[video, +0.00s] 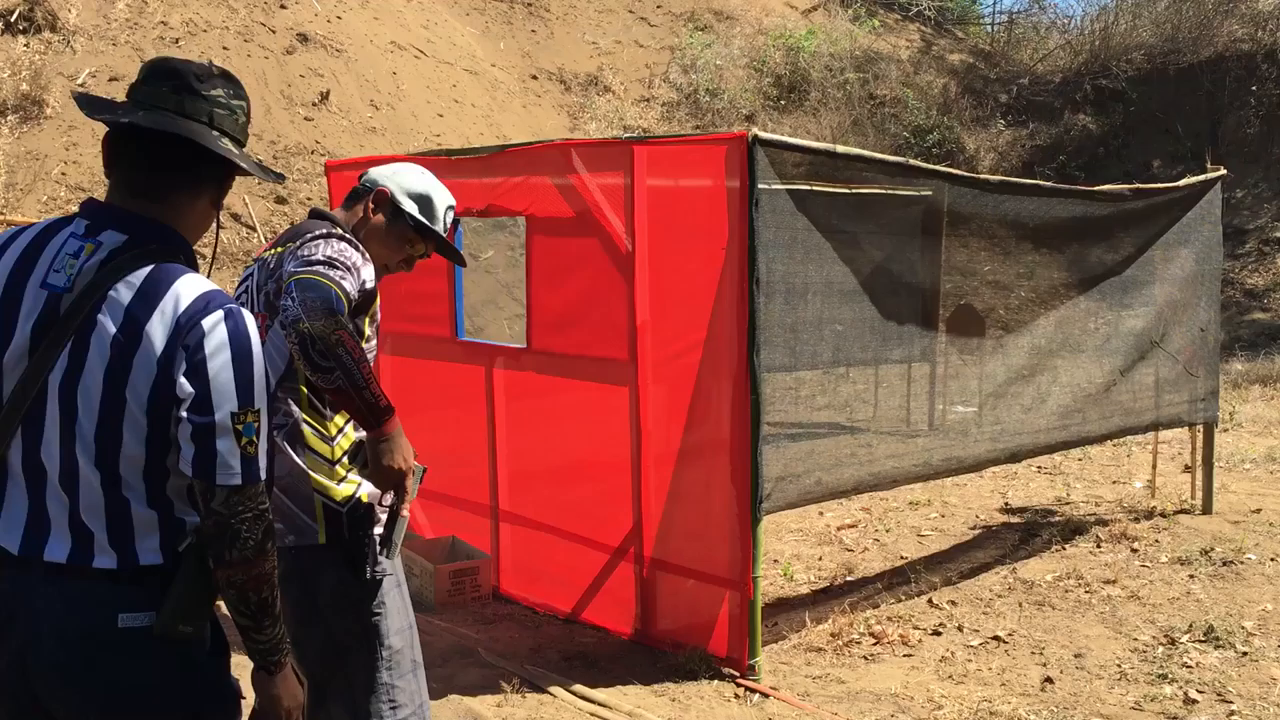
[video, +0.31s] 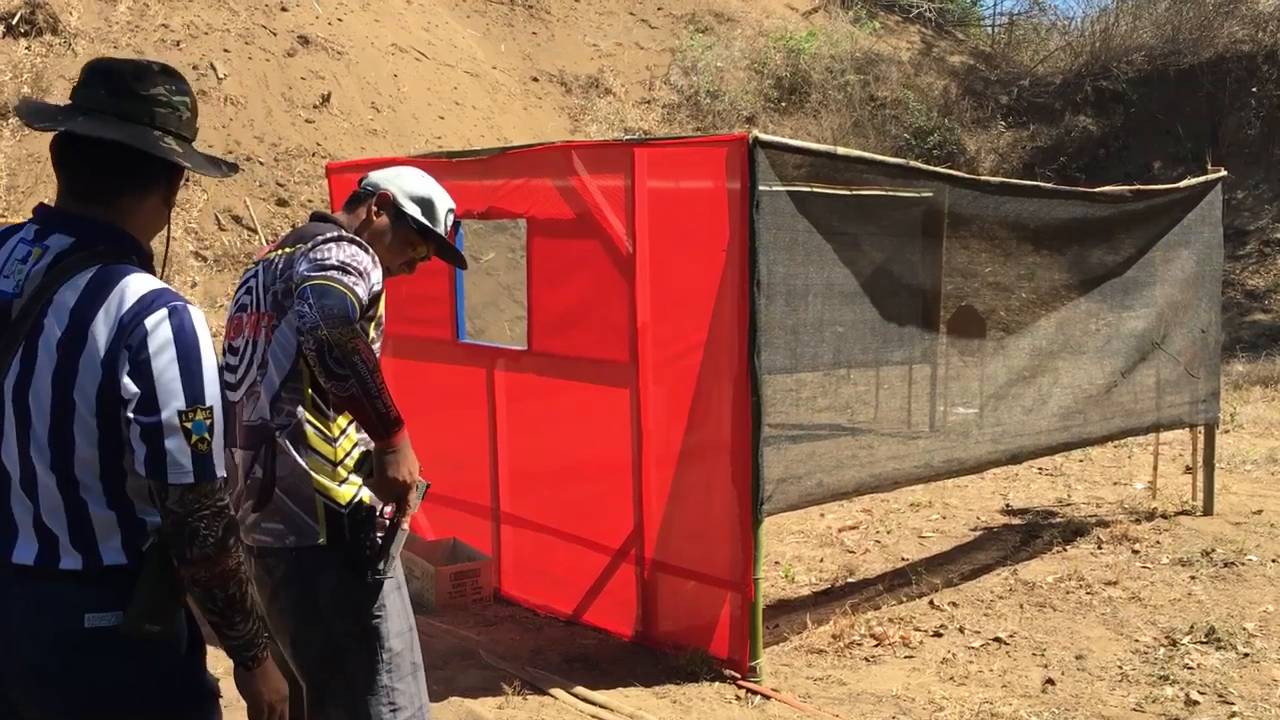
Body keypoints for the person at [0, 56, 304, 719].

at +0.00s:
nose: (223, 208)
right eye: (231, 187)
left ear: (108, 154)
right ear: (219, 189)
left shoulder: (14, 254)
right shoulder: (208, 324)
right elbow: (235, 526)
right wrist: (273, 661)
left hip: (11, 601)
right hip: (141, 630)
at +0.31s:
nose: (175, 202)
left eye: (179, 184)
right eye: (179, 183)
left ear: (59, 161)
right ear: (165, 186)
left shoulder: (10, 259)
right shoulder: (153, 318)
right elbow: (197, 526)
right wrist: (255, 656)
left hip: (11, 608)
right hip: (119, 631)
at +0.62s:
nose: (117, 195)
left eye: (117, 178)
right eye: (118, 179)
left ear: (9, 174)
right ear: (100, 184)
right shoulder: (83, 319)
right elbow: (116, 526)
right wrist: (167, 660)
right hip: (58, 630)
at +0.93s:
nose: (76, 195)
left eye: (76, 178)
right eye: (71, 178)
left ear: (13, 178)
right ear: (41, 183)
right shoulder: (33, 309)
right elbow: (60, 518)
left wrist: (34, 294)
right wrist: (123, 652)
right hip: (35, 646)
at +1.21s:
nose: (64, 206)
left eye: (66, 187)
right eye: (59, 185)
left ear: (18, 179)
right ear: (18, 177)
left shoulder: (19, 288)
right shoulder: (21, 295)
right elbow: (44, 487)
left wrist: (25, 267)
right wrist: (118, 636)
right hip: (33, 641)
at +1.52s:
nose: (106, 203)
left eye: (107, 185)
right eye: (101, 183)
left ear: (46, 178)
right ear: (56, 178)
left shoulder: (21, 291)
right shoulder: (51, 302)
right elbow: (91, 516)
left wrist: (148, 639)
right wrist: (158, 646)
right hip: (51, 644)